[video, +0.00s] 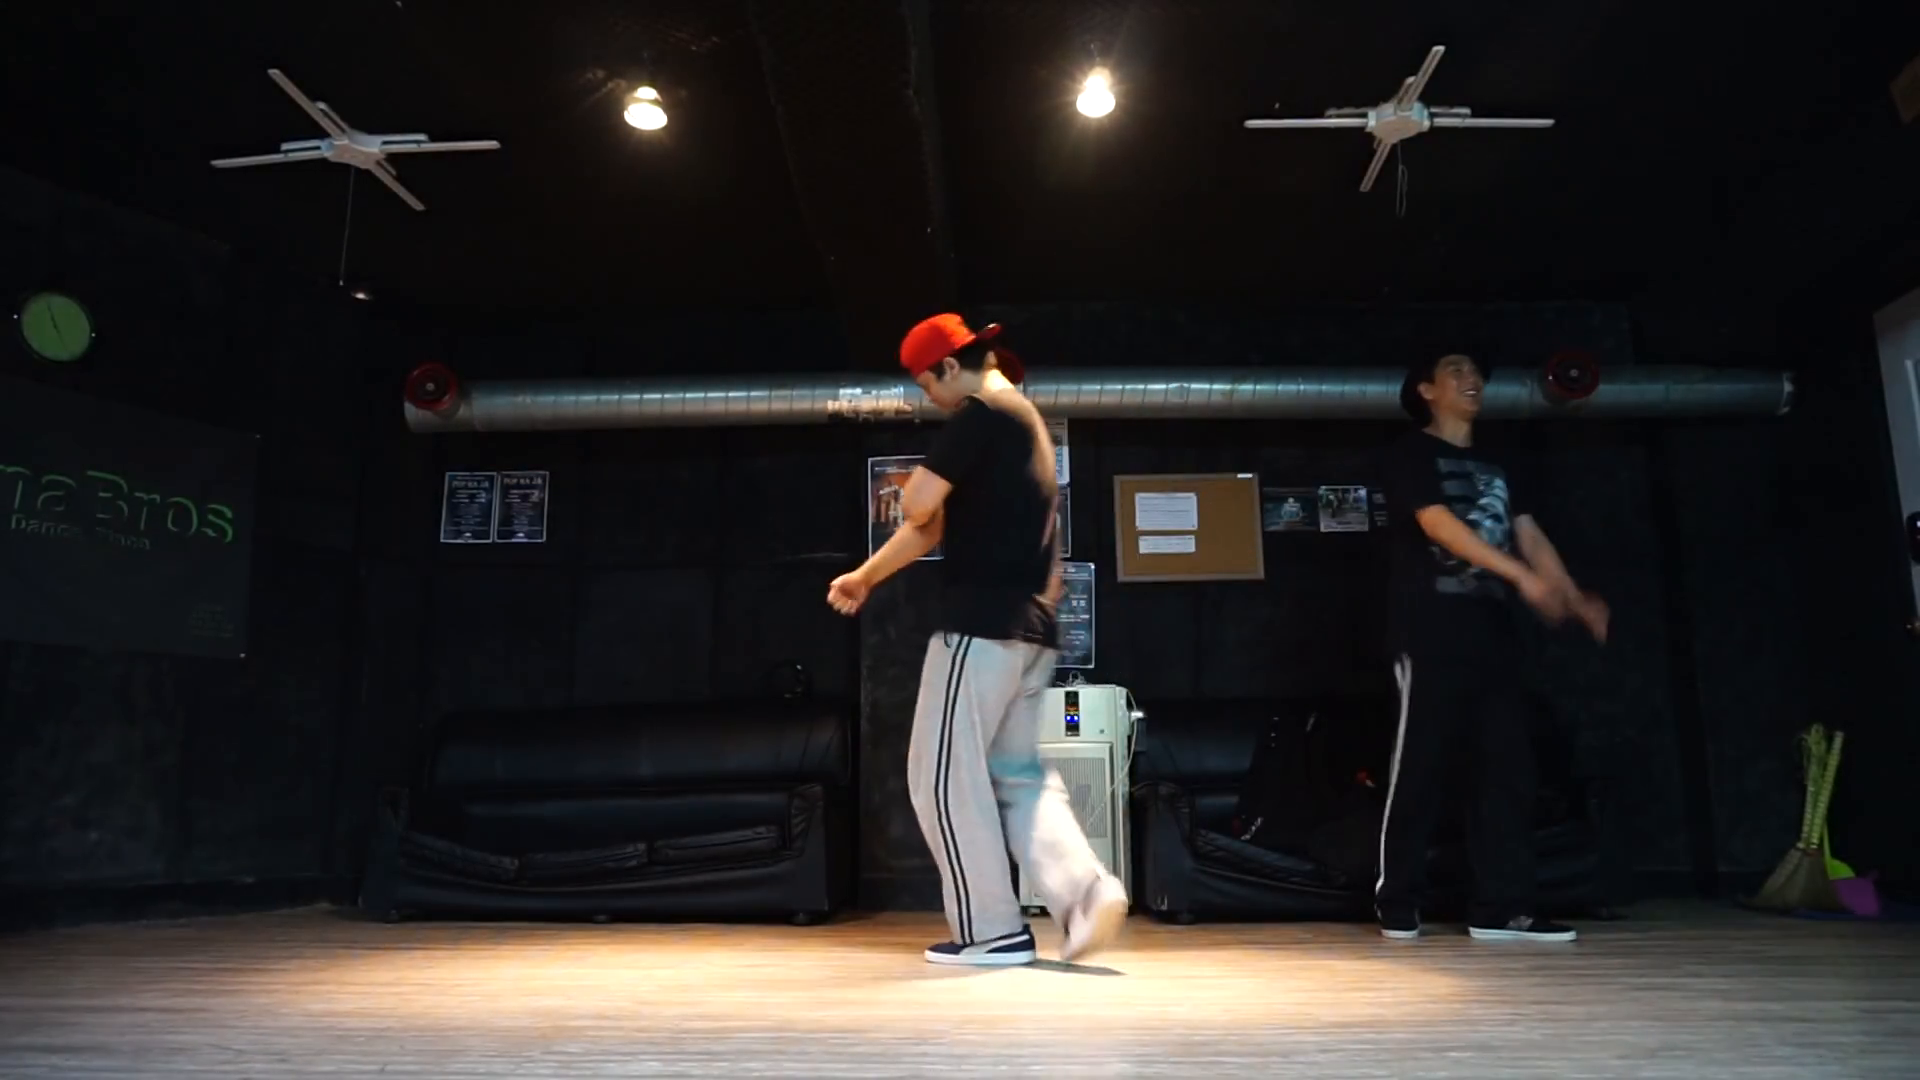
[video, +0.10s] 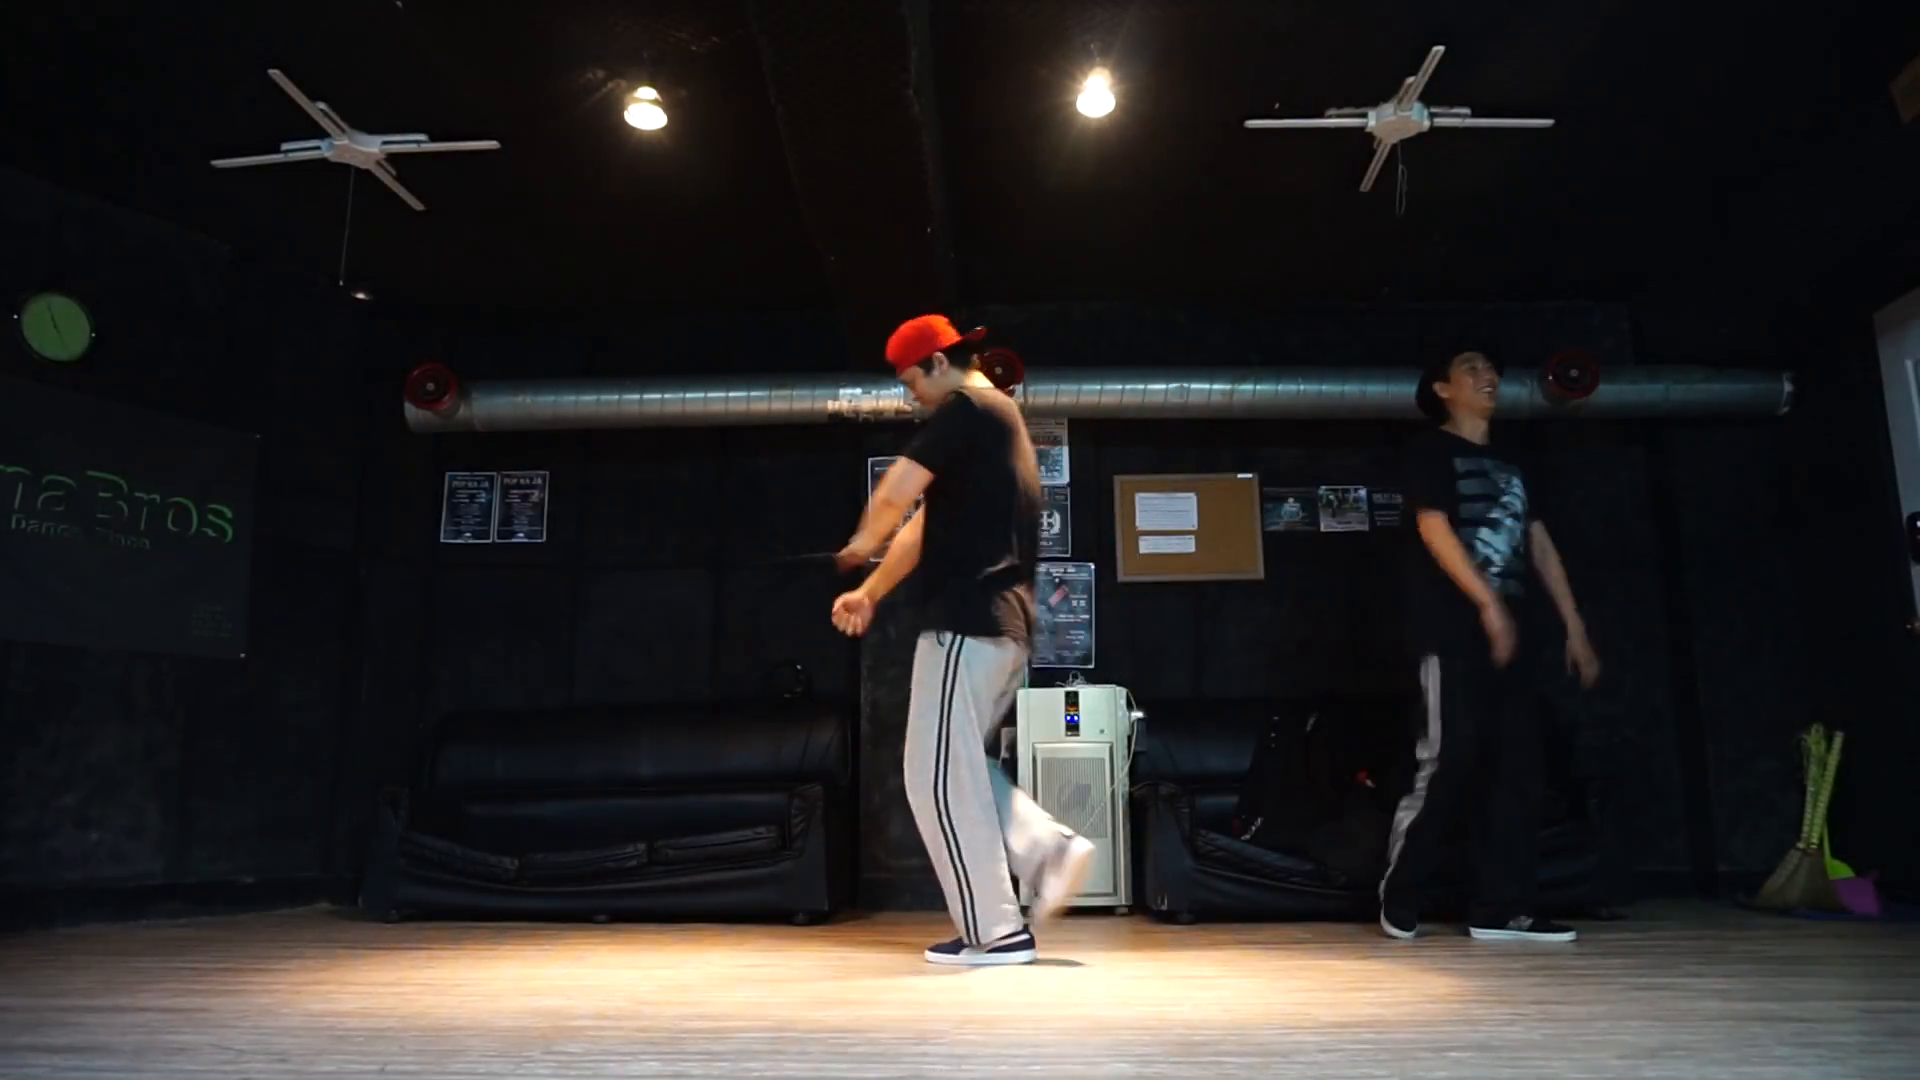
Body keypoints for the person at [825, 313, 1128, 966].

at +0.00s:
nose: (927, 400)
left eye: (925, 386)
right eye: (922, 389)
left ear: (946, 368)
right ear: (971, 361)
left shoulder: (976, 416)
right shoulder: (1023, 415)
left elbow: (917, 508)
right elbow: (933, 529)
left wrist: (916, 481)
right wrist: (866, 575)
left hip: (977, 624)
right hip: (1028, 624)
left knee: (942, 774)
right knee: (1015, 772)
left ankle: (992, 934)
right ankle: (1083, 891)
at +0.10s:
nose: (908, 396)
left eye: (909, 381)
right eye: (904, 385)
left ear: (936, 363)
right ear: (945, 362)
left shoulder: (964, 412)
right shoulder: (991, 414)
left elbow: (894, 495)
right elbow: (923, 526)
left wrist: (862, 546)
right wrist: (871, 592)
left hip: (963, 624)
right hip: (995, 622)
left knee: (937, 774)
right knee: (957, 763)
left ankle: (993, 933)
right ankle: (1046, 853)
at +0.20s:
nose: (892, 394)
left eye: (892, 380)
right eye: (888, 382)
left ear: (914, 364)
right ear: (940, 360)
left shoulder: (943, 409)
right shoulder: (978, 415)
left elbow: (872, 495)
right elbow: (919, 529)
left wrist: (818, 571)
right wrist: (853, 589)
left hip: (951, 622)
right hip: (961, 618)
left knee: (938, 777)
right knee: (879, 739)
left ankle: (996, 932)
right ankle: (992, 834)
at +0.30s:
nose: (872, 396)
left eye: (872, 383)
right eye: (868, 385)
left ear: (894, 368)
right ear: (920, 363)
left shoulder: (918, 410)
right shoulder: (958, 416)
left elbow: (856, 502)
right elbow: (913, 529)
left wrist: (806, 584)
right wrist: (820, 541)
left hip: (930, 622)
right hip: (936, 618)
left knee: (933, 770)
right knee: (847, 732)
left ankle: (1000, 930)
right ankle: (913, 874)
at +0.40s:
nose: (849, 397)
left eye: (851, 384)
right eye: (846, 386)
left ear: (877, 370)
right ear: (898, 369)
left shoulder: (890, 418)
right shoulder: (936, 423)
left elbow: (836, 508)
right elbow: (908, 537)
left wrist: (787, 589)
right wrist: (836, 513)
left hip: (908, 626)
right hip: (913, 625)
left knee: (926, 772)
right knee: (831, 753)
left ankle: (1001, 927)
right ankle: (840, 914)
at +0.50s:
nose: (826, 402)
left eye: (830, 388)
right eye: (824, 390)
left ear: (861, 378)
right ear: (869, 379)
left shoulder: (875, 430)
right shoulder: (904, 431)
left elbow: (820, 523)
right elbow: (876, 519)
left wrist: (768, 595)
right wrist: (817, 506)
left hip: (883, 636)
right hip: (860, 637)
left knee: (912, 781)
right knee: (817, 770)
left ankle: (998, 924)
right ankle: (821, 925)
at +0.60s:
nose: (804, 395)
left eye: (810, 382)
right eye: (801, 384)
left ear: (843, 373)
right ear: (845, 376)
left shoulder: (860, 428)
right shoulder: (878, 430)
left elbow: (807, 519)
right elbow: (846, 521)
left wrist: (753, 594)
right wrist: (796, 505)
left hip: (861, 631)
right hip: (837, 632)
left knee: (860, 771)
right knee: (797, 771)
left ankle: (974, 899)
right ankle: (820, 925)